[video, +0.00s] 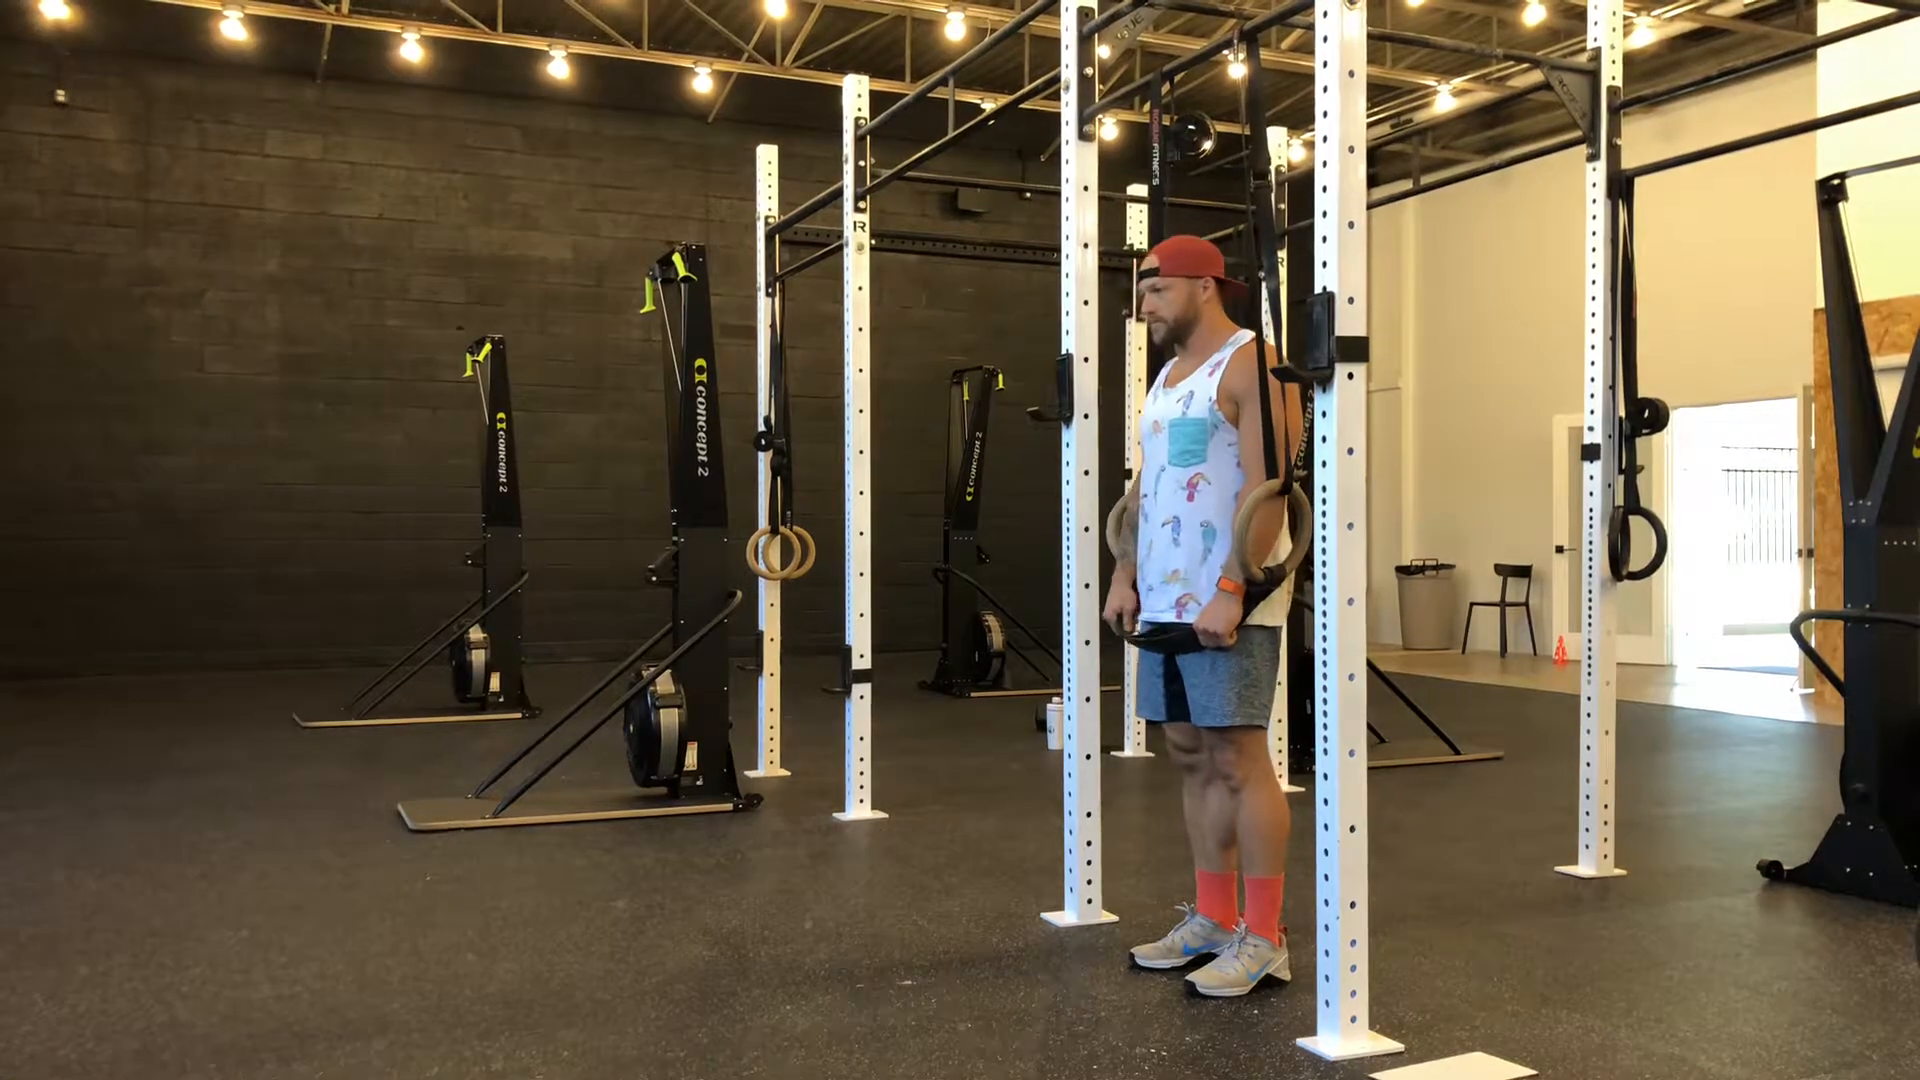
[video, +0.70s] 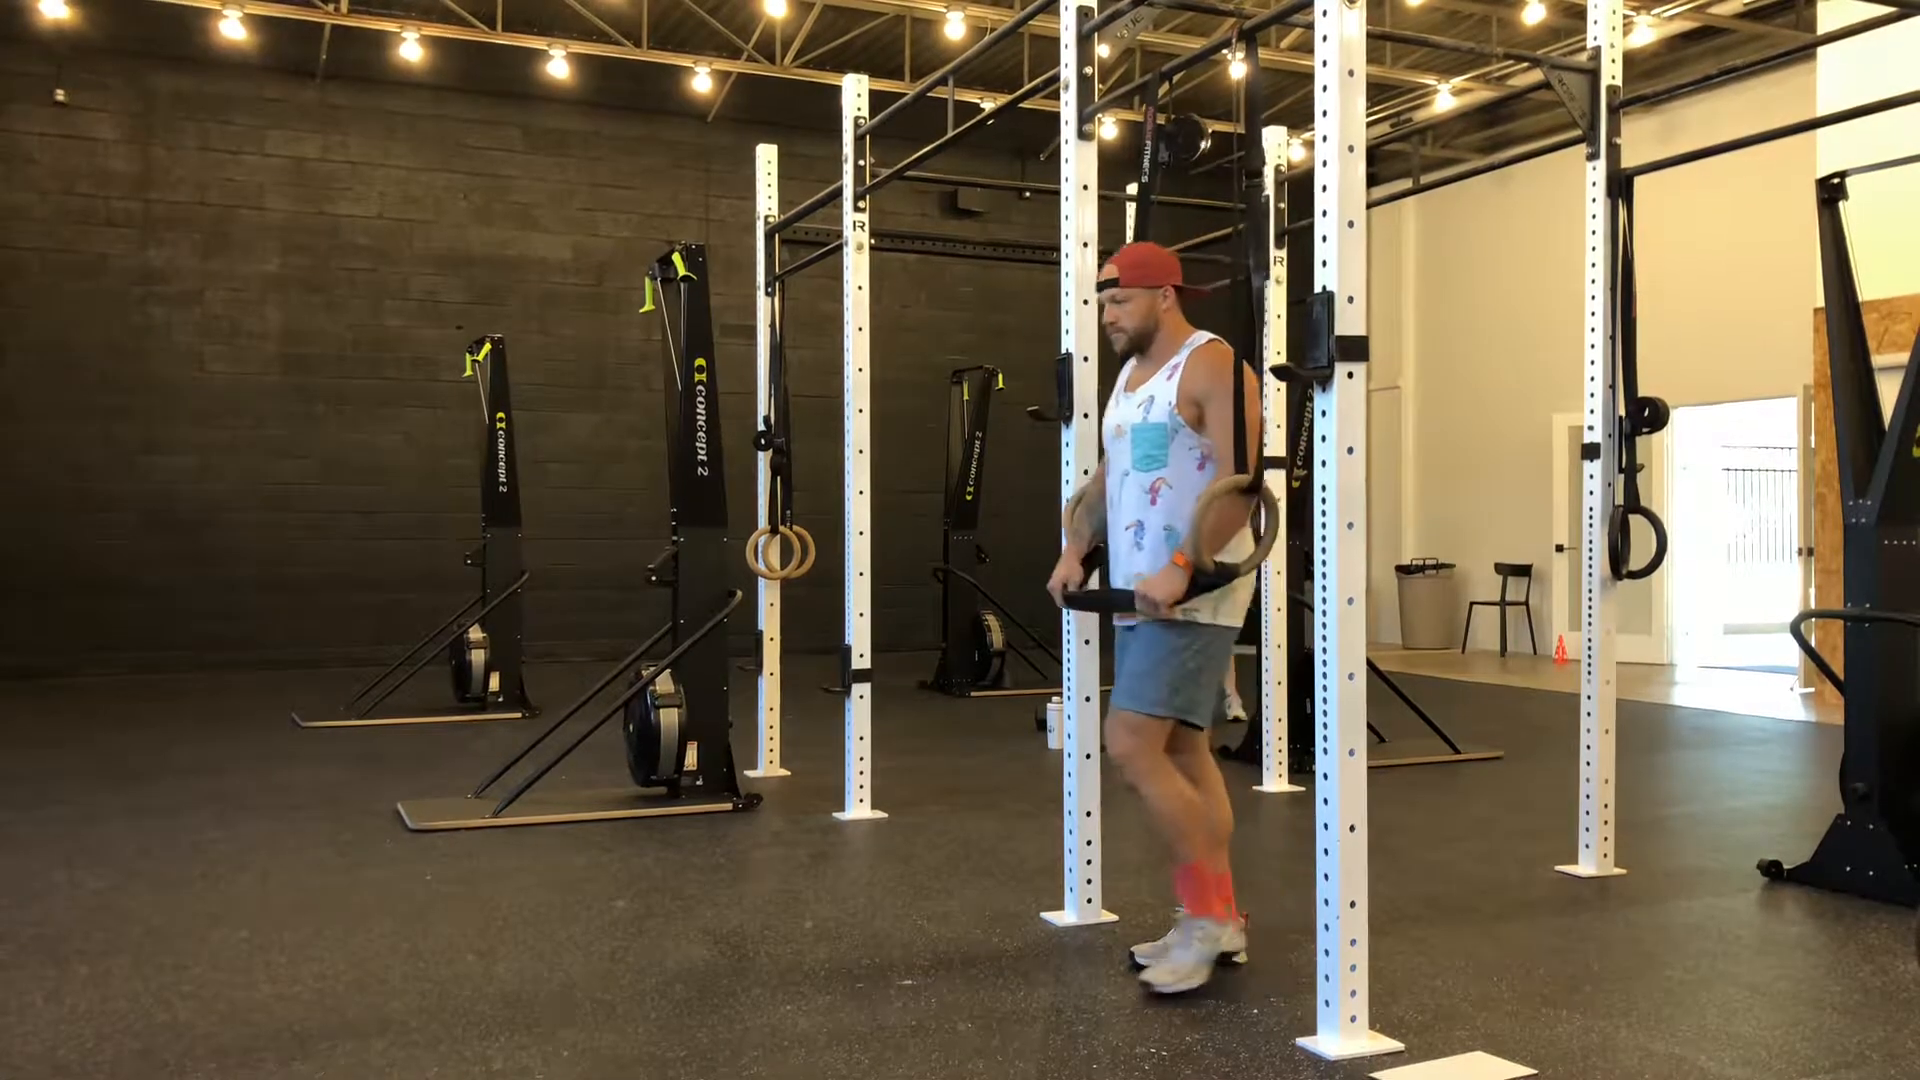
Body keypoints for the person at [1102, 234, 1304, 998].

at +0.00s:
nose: (1143, 296)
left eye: (1156, 282)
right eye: (1142, 285)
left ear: (1203, 288)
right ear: (1169, 295)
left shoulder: (1251, 364)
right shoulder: (1168, 375)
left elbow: (1267, 489)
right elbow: (1153, 491)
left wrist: (1233, 587)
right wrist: (1127, 571)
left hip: (1230, 604)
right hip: (1168, 605)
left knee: (1243, 762)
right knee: (1192, 759)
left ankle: (1263, 939)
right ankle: (1212, 921)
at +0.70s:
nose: (1107, 309)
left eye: (1118, 295)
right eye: (1104, 297)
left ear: (1163, 298)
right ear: (1124, 304)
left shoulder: (1210, 363)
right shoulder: (1131, 377)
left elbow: (1243, 480)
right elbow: (1110, 477)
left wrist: (1187, 565)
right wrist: (1076, 544)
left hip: (1197, 591)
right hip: (1149, 589)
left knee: (1133, 742)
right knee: (1187, 754)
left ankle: (1207, 919)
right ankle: (1219, 917)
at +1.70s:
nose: (827, 317)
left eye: (834, 299)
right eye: (823, 302)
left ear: (881, 285)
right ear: (867, 291)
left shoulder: (951, 335)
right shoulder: (884, 366)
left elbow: (1049, 410)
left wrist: (1007, 522)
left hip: (970, 604)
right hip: (902, 602)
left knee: (992, 775)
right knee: (873, 762)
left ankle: (1035, 960)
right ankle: (876, 957)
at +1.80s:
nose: (801, 316)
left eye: (808, 297)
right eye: (797, 302)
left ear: (854, 282)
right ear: (842, 291)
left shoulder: (922, 333)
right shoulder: (860, 364)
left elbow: (1025, 407)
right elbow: (907, 474)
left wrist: (980, 522)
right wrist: (876, 567)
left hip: (944, 604)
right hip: (875, 603)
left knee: (961, 774)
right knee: (858, 760)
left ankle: (1031, 958)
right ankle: (873, 958)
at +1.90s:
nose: (765, 310)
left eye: (771, 292)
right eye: (761, 296)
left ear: (821, 281)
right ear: (805, 290)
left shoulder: (887, 327)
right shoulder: (830, 360)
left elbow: (994, 399)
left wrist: (951, 509)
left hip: (920, 595)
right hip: (862, 594)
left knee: (912, 773)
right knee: (854, 763)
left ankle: (1018, 938)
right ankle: (874, 957)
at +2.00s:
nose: (727, 315)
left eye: (735, 296)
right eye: (724, 299)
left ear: (784, 286)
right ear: (772, 293)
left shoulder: (850, 327)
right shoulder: (796, 366)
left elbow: (959, 403)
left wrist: (908, 512)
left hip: (901, 586)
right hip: (857, 586)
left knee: (855, 768)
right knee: (856, 772)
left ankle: (985, 917)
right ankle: (873, 957)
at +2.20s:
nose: (684, 317)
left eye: (691, 297)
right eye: (679, 302)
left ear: (740, 284)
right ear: (727, 295)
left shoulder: (803, 322)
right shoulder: (756, 365)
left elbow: (916, 401)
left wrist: (862, 511)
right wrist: (828, 520)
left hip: (875, 584)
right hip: (842, 584)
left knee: (863, 769)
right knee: (853, 770)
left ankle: (881, 971)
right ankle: (866, 955)